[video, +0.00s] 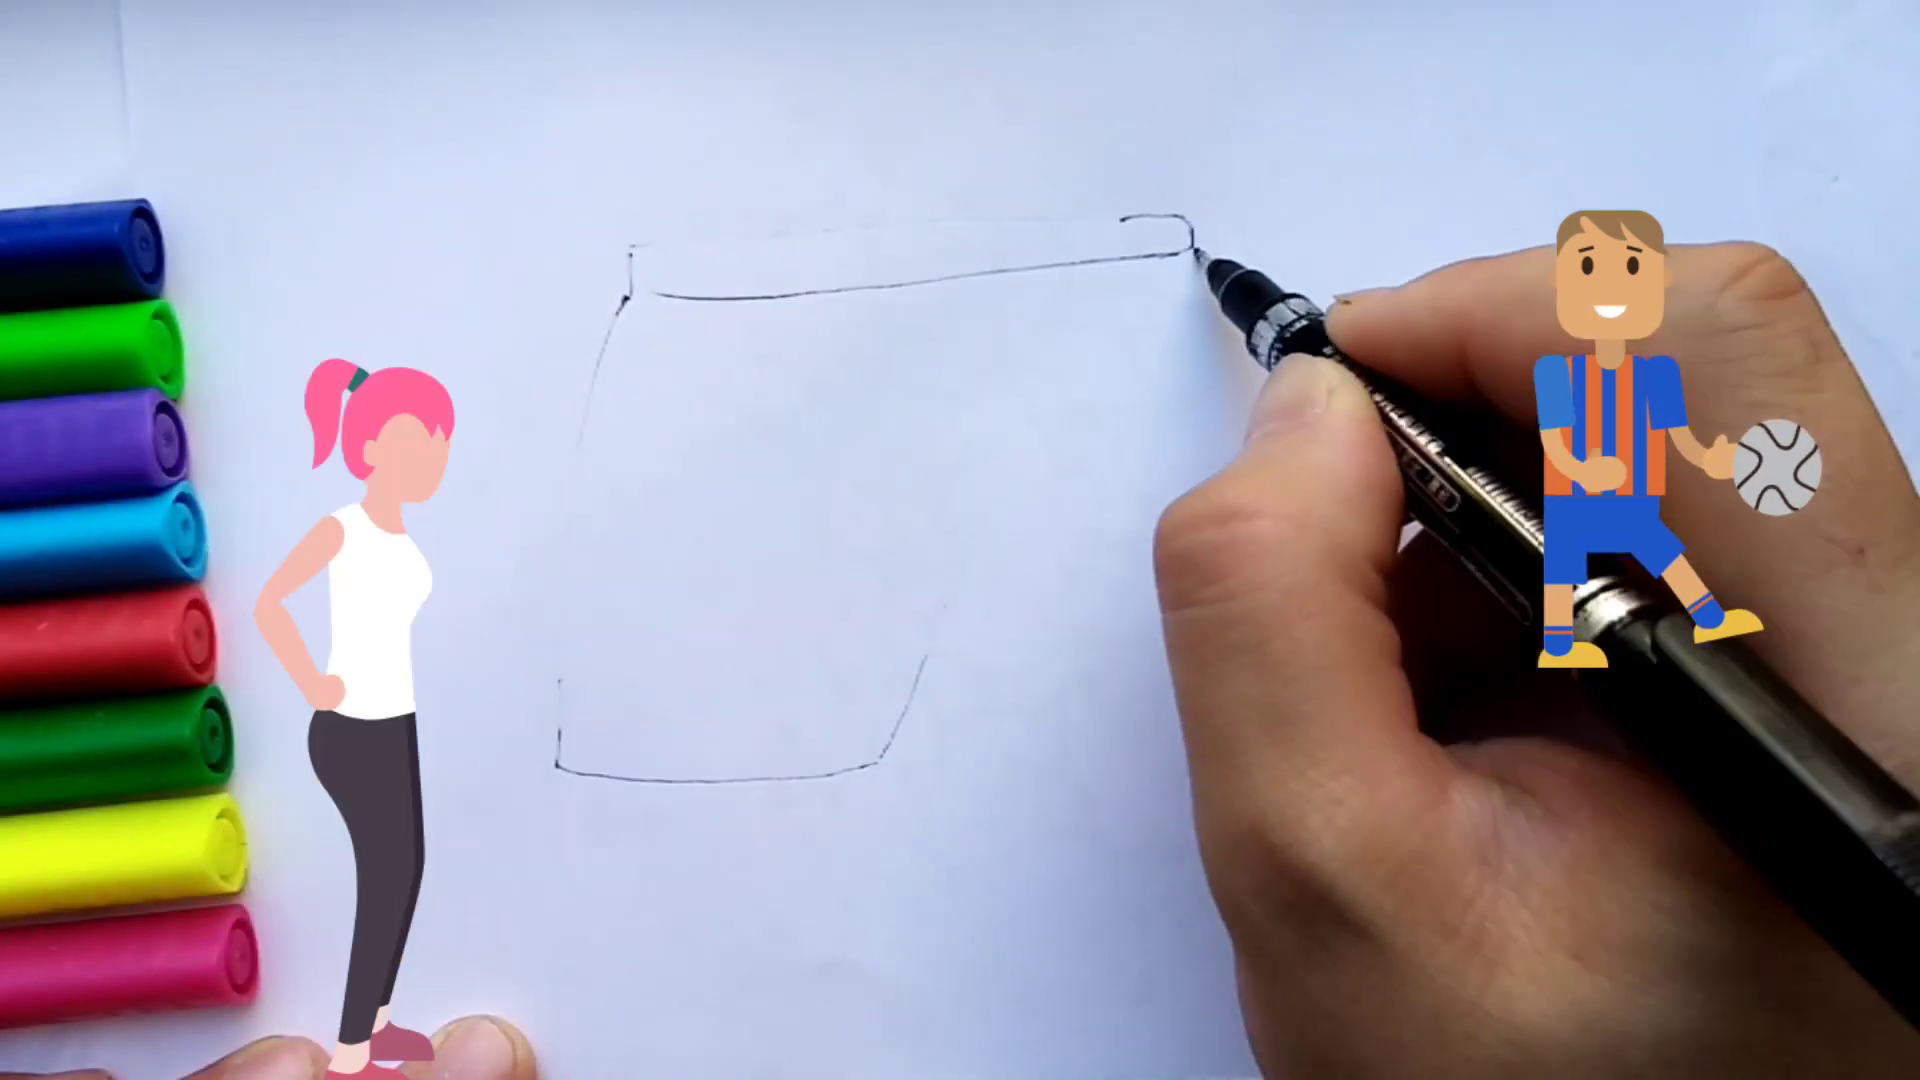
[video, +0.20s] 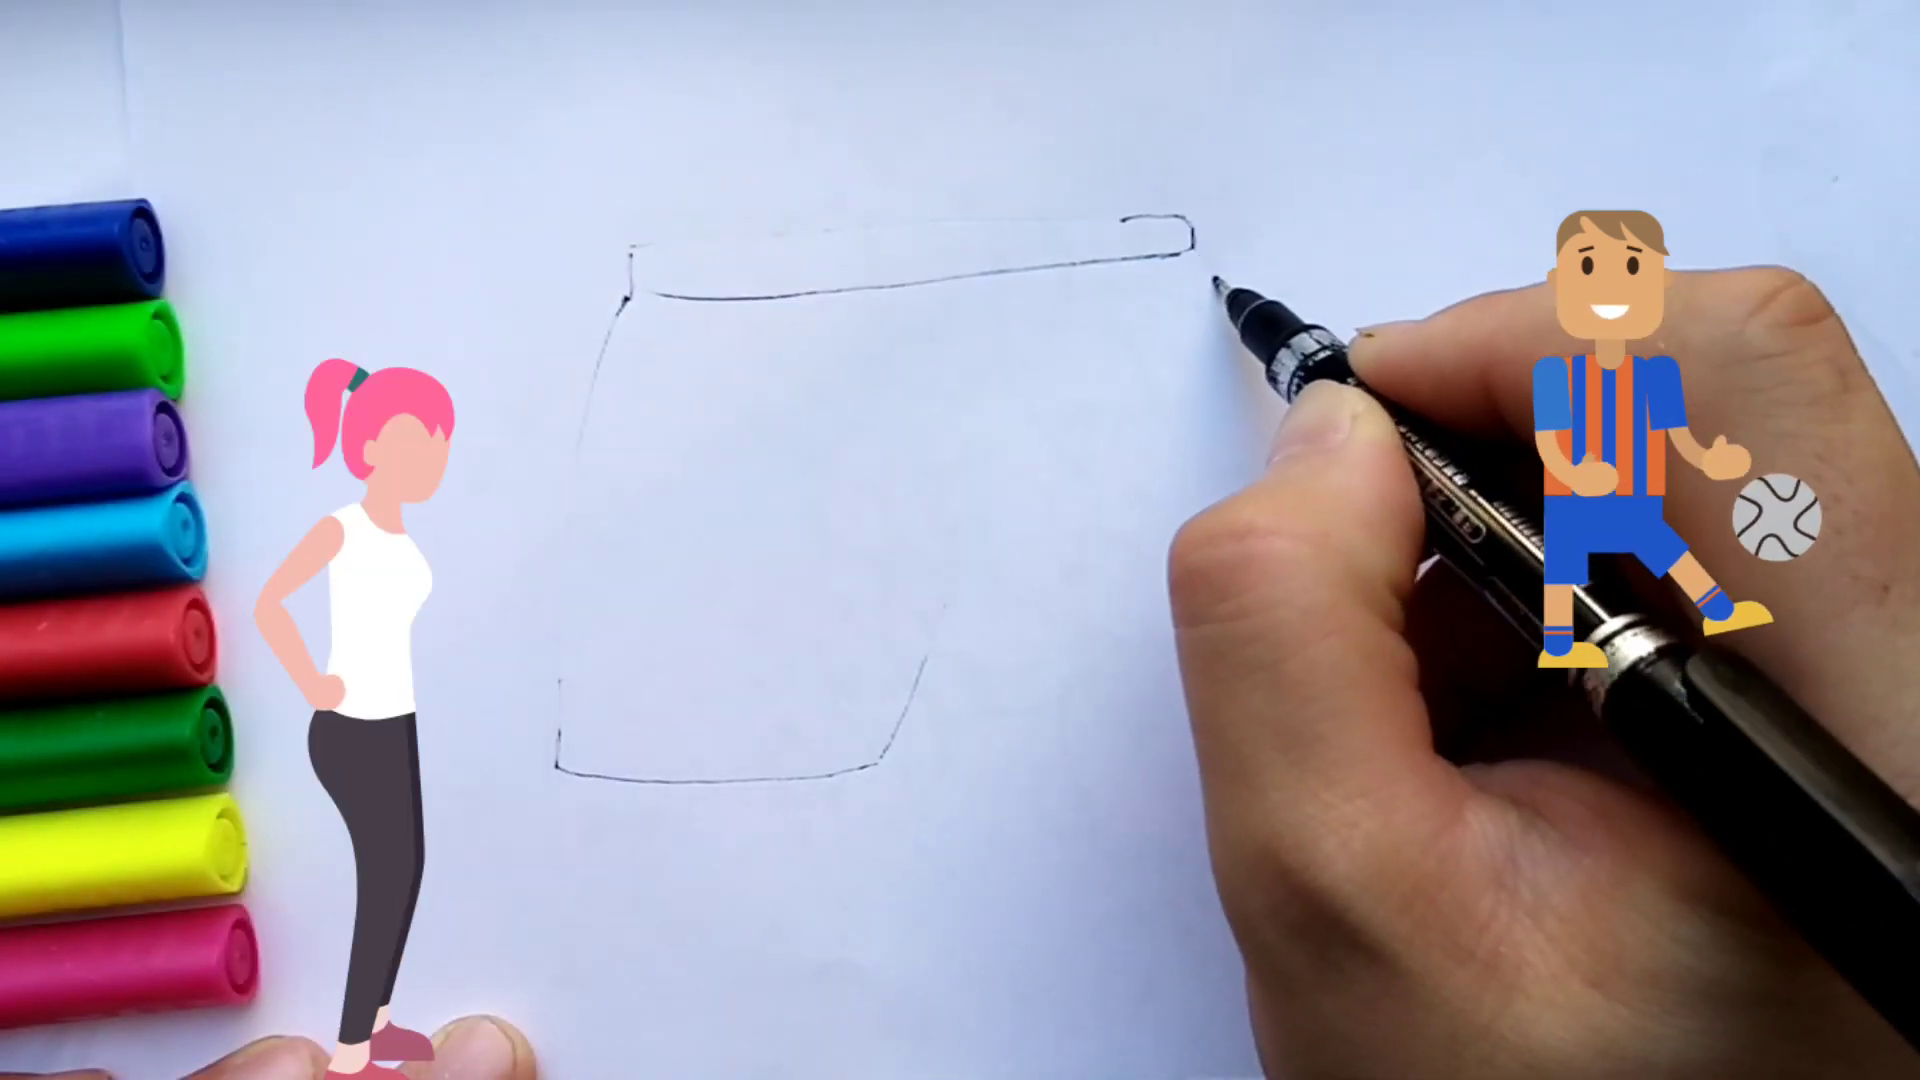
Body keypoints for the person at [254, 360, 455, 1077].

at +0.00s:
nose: (437, 456)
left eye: (440, 441)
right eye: (422, 439)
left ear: (440, 450)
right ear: (375, 447)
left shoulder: (404, 535)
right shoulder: (343, 529)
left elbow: (384, 623)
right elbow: (268, 605)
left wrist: (394, 686)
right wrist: (312, 684)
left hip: (397, 731)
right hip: (353, 733)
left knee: (405, 873)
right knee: (387, 878)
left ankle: (373, 1021)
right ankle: (349, 1051)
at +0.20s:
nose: (437, 456)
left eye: (440, 440)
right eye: (421, 438)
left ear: (440, 450)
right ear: (374, 446)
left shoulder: (404, 536)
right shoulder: (344, 529)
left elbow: (384, 623)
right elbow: (268, 604)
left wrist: (395, 686)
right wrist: (312, 683)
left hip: (397, 731)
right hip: (353, 732)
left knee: (405, 872)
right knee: (387, 878)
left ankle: (373, 1021)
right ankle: (349, 1051)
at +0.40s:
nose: (404, 588)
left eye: (404, 572)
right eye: (387, 571)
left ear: (404, 579)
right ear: (344, 578)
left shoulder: (363, 661)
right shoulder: (311, 656)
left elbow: (322, 739)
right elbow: (213, 713)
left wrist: (317, 798)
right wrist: (249, 790)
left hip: (307, 842)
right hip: (263, 851)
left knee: (391, 865)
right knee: (392, 873)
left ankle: (340, 1023)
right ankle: (350, 1056)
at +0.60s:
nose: (435, 455)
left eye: (439, 440)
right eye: (419, 437)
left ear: (440, 450)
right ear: (374, 446)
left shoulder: (403, 535)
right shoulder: (344, 529)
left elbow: (383, 621)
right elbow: (268, 605)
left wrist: (394, 684)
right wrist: (312, 684)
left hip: (397, 730)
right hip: (353, 732)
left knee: (405, 874)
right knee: (387, 879)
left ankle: (373, 1022)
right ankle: (348, 1052)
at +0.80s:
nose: (436, 456)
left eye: (439, 440)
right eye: (420, 438)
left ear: (440, 450)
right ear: (374, 446)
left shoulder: (404, 535)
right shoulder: (344, 529)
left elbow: (384, 622)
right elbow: (268, 606)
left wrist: (394, 686)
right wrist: (312, 684)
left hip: (397, 730)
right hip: (354, 732)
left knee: (405, 873)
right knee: (387, 878)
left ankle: (374, 1021)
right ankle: (349, 1052)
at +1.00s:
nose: (407, 589)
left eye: (407, 573)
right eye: (393, 571)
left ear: (401, 581)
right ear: (346, 579)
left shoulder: (363, 661)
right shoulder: (311, 656)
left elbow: (320, 737)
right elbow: (213, 712)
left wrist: (314, 796)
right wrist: (249, 790)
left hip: (307, 841)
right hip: (263, 851)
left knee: (391, 864)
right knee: (392, 873)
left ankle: (340, 1021)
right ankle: (350, 1056)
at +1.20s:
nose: (436, 457)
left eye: (439, 441)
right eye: (420, 439)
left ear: (439, 452)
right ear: (374, 448)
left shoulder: (403, 535)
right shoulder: (344, 529)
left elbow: (383, 622)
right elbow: (268, 605)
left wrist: (394, 685)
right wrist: (311, 683)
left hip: (397, 731)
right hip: (353, 732)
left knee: (405, 872)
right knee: (387, 878)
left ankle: (373, 1022)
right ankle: (349, 1052)